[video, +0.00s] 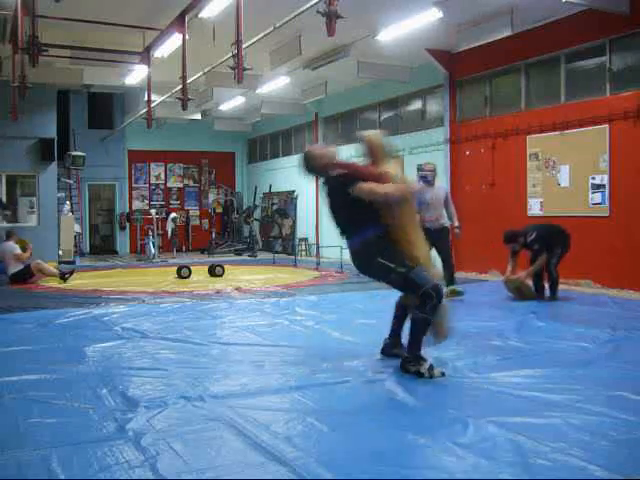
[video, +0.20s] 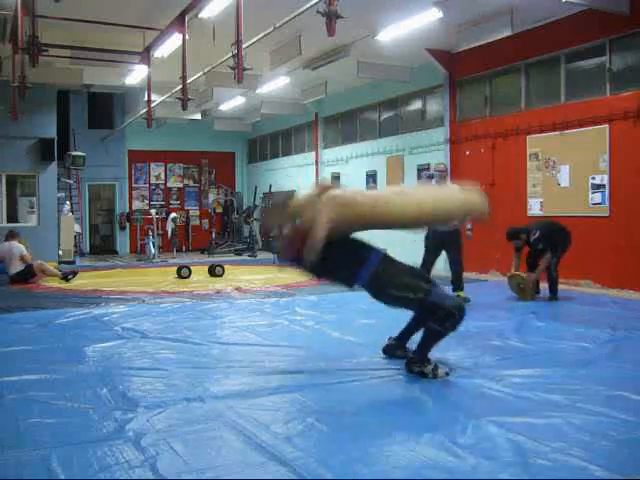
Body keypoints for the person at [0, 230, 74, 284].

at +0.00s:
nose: (17, 239)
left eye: (16, 237)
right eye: (16, 237)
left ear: (8, 237)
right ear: (13, 237)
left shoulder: (5, 245)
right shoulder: (11, 245)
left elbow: (19, 258)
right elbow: (22, 258)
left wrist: (26, 252)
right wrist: (29, 251)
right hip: (16, 275)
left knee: (39, 265)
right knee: (37, 264)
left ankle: (61, 274)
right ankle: (61, 275)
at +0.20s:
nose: (17, 240)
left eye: (17, 238)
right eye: (17, 238)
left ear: (7, 237)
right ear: (15, 238)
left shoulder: (3, 246)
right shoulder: (18, 246)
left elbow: (2, 258)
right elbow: (28, 260)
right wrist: (29, 254)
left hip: (11, 276)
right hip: (19, 274)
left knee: (40, 265)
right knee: (40, 265)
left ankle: (62, 274)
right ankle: (62, 275)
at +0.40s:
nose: (16, 239)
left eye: (16, 237)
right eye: (16, 237)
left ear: (6, 237)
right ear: (14, 237)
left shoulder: (3, 246)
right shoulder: (14, 246)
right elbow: (25, 259)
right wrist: (27, 248)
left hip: (11, 276)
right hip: (17, 275)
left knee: (40, 265)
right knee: (40, 264)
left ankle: (62, 274)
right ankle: (62, 275)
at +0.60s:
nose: (14, 239)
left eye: (14, 237)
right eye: (11, 237)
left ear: (14, 238)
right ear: (7, 238)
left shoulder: (11, 247)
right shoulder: (5, 246)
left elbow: (23, 259)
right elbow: (11, 260)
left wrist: (24, 250)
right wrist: (21, 253)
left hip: (18, 273)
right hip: (13, 275)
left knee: (41, 265)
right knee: (39, 265)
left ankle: (62, 274)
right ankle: (62, 275)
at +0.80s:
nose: (14, 240)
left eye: (15, 238)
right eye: (12, 238)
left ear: (16, 238)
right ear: (8, 239)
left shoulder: (17, 248)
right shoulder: (5, 247)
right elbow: (3, 260)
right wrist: (9, 253)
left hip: (20, 272)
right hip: (12, 275)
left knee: (40, 264)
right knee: (38, 265)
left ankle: (61, 274)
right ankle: (61, 275)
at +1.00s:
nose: (17, 240)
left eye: (18, 238)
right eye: (15, 238)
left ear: (20, 238)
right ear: (10, 238)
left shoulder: (20, 247)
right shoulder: (6, 247)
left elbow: (26, 259)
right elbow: (2, 259)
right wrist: (10, 254)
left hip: (23, 272)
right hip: (13, 275)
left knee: (40, 264)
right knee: (39, 264)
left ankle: (62, 274)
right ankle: (61, 275)